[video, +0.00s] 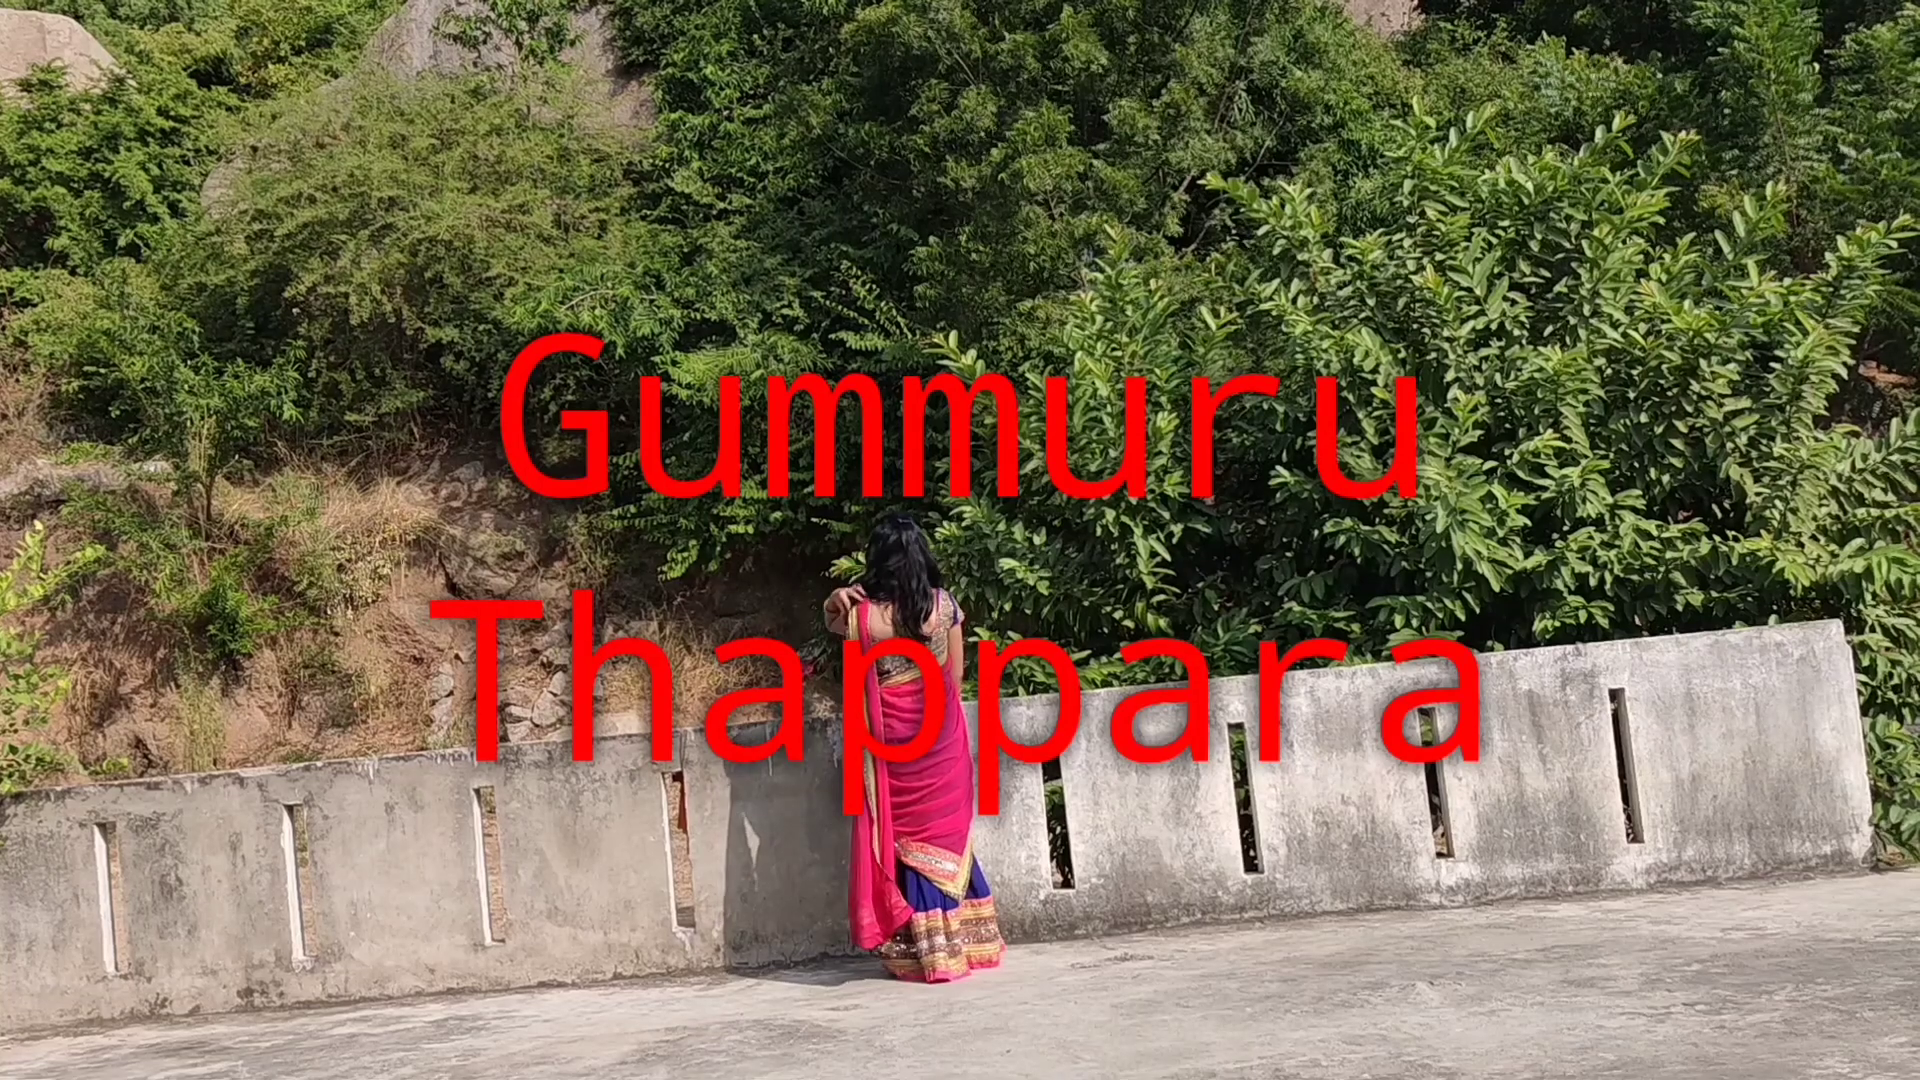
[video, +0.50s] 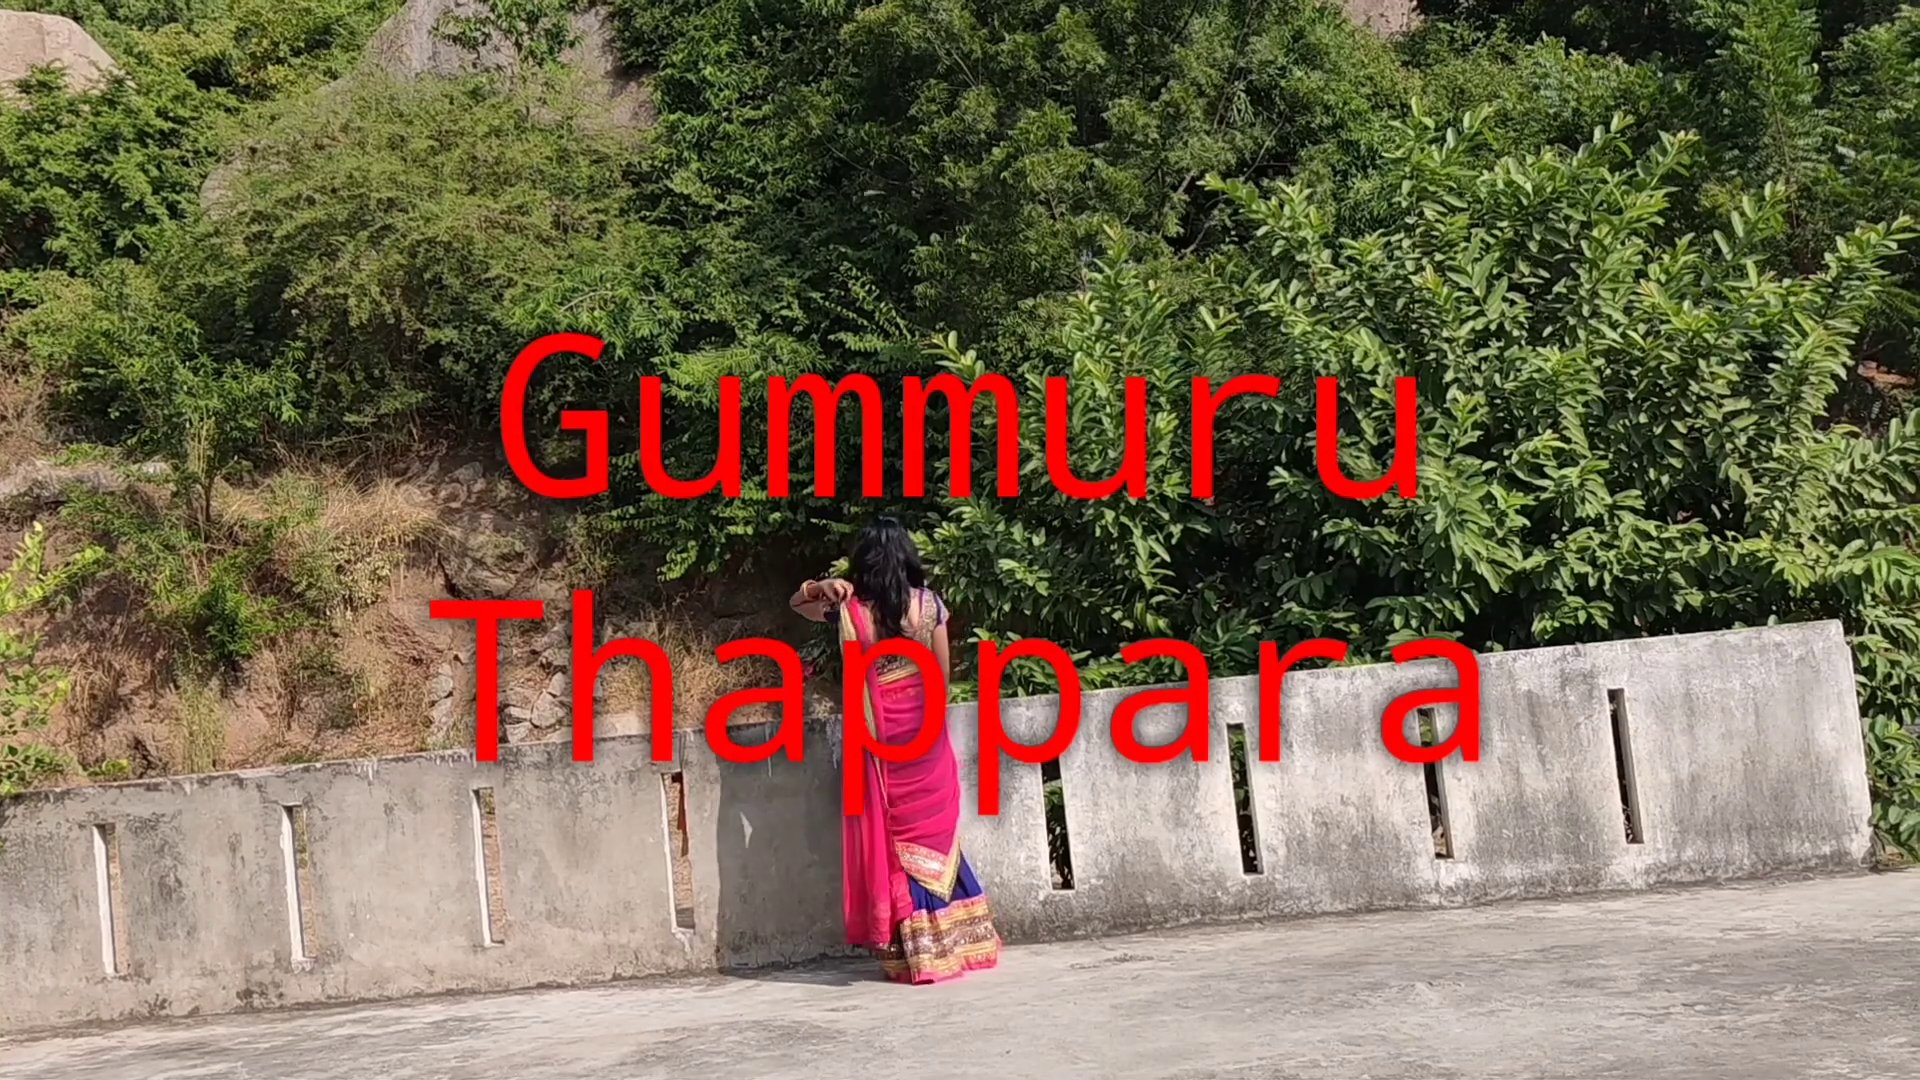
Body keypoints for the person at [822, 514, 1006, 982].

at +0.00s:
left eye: (881, 555)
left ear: (877, 561)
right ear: (924, 557)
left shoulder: (864, 616)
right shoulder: (945, 606)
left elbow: (854, 672)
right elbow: (955, 674)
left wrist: (838, 605)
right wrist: (947, 719)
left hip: (891, 728)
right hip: (941, 726)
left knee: (902, 830)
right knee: (946, 828)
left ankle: (922, 947)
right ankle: (960, 940)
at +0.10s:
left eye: (880, 554)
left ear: (875, 561)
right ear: (922, 556)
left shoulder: (864, 613)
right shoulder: (944, 605)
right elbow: (954, 673)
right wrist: (945, 717)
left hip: (889, 730)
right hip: (939, 727)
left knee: (897, 831)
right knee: (945, 828)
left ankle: (915, 947)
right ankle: (959, 940)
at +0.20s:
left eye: (874, 552)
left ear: (871, 559)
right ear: (917, 556)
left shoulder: (861, 604)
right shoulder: (939, 602)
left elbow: (814, 597)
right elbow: (951, 671)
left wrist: (834, 586)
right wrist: (941, 712)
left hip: (886, 723)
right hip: (936, 721)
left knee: (894, 828)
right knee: (944, 825)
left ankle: (912, 946)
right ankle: (956, 939)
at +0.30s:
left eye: (871, 552)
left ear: (868, 559)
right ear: (914, 555)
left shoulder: (859, 605)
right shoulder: (936, 601)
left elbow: (806, 593)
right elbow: (949, 671)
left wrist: (829, 585)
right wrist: (938, 712)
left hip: (884, 725)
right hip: (932, 722)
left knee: (893, 831)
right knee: (941, 826)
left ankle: (913, 949)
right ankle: (957, 941)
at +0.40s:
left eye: (865, 556)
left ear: (864, 562)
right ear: (910, 557)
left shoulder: (855, 607)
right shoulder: (933, 602)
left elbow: (802, 594)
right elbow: (946, 671)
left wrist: (828, 585)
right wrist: (934, 715)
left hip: (880, 727)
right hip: (929, 725)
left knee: (890, 832)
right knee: (939, 827)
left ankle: (911, 948)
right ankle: (957, 940)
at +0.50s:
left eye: (867, 555)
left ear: (862, 563)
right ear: (909, 558)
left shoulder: (851, 609)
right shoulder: (930, 603)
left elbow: (800, 602)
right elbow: (942, 672)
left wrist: (825, 585)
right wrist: (933, 723)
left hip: (877, 732)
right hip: (926, 729)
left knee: (890, 833)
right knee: (938, 830)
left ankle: (910, 950)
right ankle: (953, 942)